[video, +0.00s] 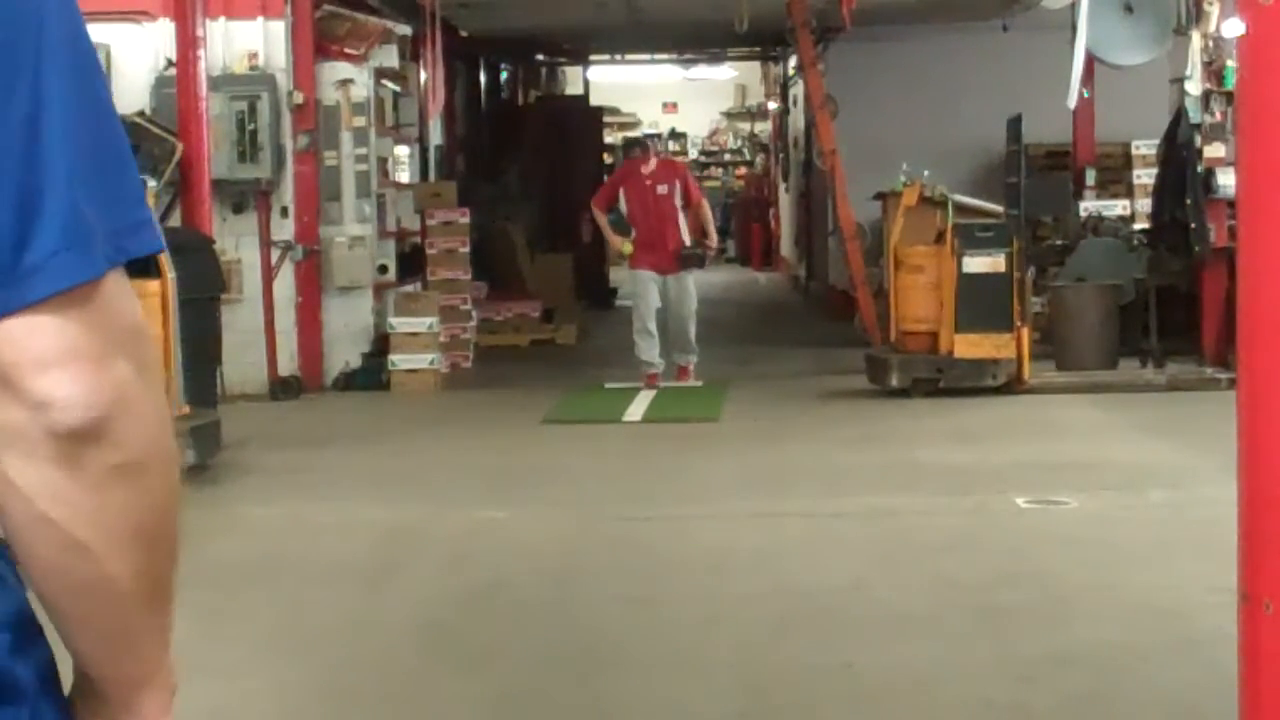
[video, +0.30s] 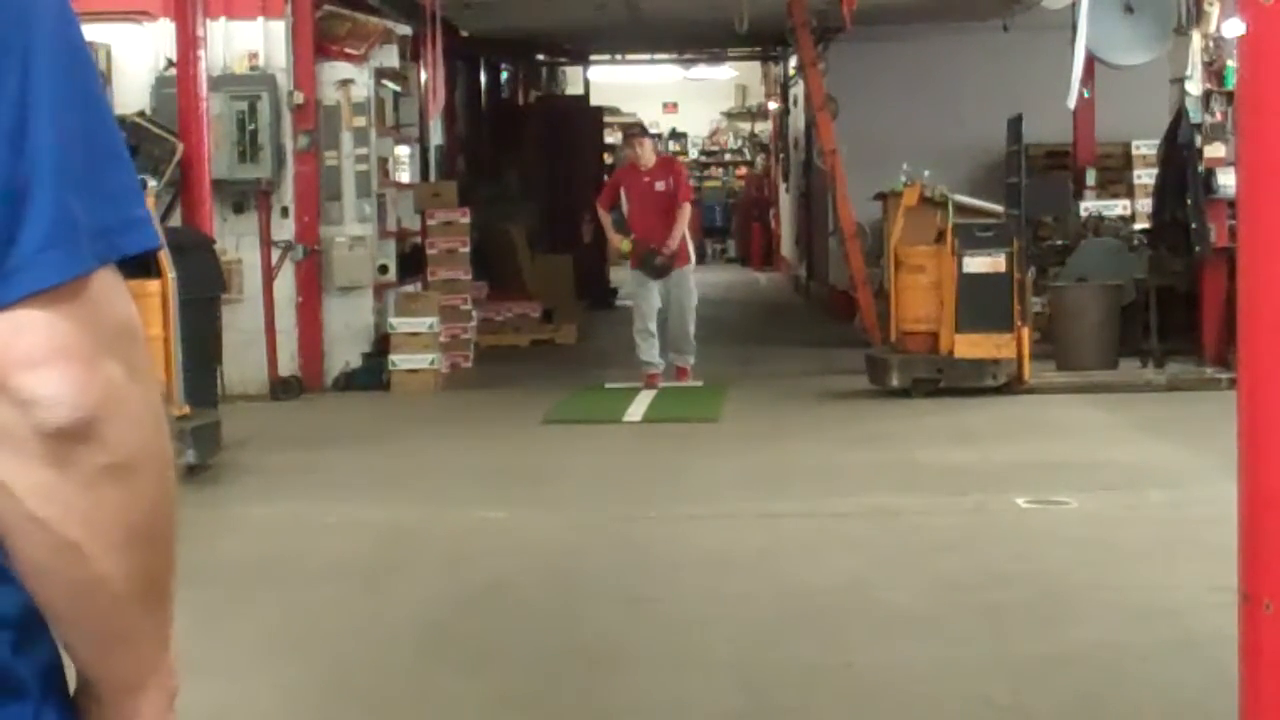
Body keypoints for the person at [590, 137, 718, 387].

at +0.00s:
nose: (648, 147)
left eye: (653, 141)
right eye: (642, 142)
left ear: (659, 142)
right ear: (633, 145)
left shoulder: (677, 170)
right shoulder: (625, 172)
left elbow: (700, 202)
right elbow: (598, 206)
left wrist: (711, 234)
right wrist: (611, 238)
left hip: (678, 256)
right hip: (644, 257)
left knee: (684, 313)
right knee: (645, 313)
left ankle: (685, 364)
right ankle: (651, 368)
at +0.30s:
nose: (637, 151)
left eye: (641, 144)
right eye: (632, 147)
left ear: (651, 144)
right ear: (626, 150)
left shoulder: (673, 167)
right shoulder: (623, 174)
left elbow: (684, 206)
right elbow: (602, 204)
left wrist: (672, 242)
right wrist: (613, 236)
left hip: (676, 252)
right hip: (642, 255)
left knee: (683, 310)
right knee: (644, 312)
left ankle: (683, 363)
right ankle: (651, 367)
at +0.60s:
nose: (638, 146)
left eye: (643, 140)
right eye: (633, 142)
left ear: (653, 141)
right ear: (627, 145)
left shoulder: (669, 169)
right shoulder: (622, 171)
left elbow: (665, 211)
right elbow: (611, 200)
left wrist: (634, 232)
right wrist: (618, 214)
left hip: (675, 257)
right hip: (641, 257)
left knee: (681, 314)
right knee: (643, 317)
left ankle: (683, 362)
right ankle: (651, 368)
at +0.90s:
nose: (638, 147)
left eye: (642, 141)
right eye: (633, 142)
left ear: (653, 142)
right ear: (628, 145)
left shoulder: (668, 170)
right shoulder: (625, 170)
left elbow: (663, 213)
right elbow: (627, 203)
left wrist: (631, 230)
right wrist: (625, 225)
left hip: (674, 253)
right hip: (642, 252)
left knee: (680, 311)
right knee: (643, 314)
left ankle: (683, 361)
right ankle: (651, 366)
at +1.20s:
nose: (647, 152)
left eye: (651, 146)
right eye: (642, 147)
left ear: (661, 147)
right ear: (636, 150)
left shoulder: (677, 173)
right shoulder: (630, 173)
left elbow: (673, 217)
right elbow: (624, 199)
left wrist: (639, 233)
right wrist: (624, 205)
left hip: (680, 254)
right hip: (648, 253)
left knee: (681, 312)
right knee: (647, 311)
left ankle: (681, 361)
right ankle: (652, 365)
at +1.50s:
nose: (658, 159)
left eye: (662, 154)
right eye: (653, 154)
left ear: (672, 152)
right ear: (648, 155)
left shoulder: (687, 177)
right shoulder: (641, 173)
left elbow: (685, 221)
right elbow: (630, 198)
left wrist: (651, 237)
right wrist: (631, 202)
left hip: (688, 258)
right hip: (656, 256)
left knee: (688, 313)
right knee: (654, 308)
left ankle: (682, 362)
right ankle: (652, 361)